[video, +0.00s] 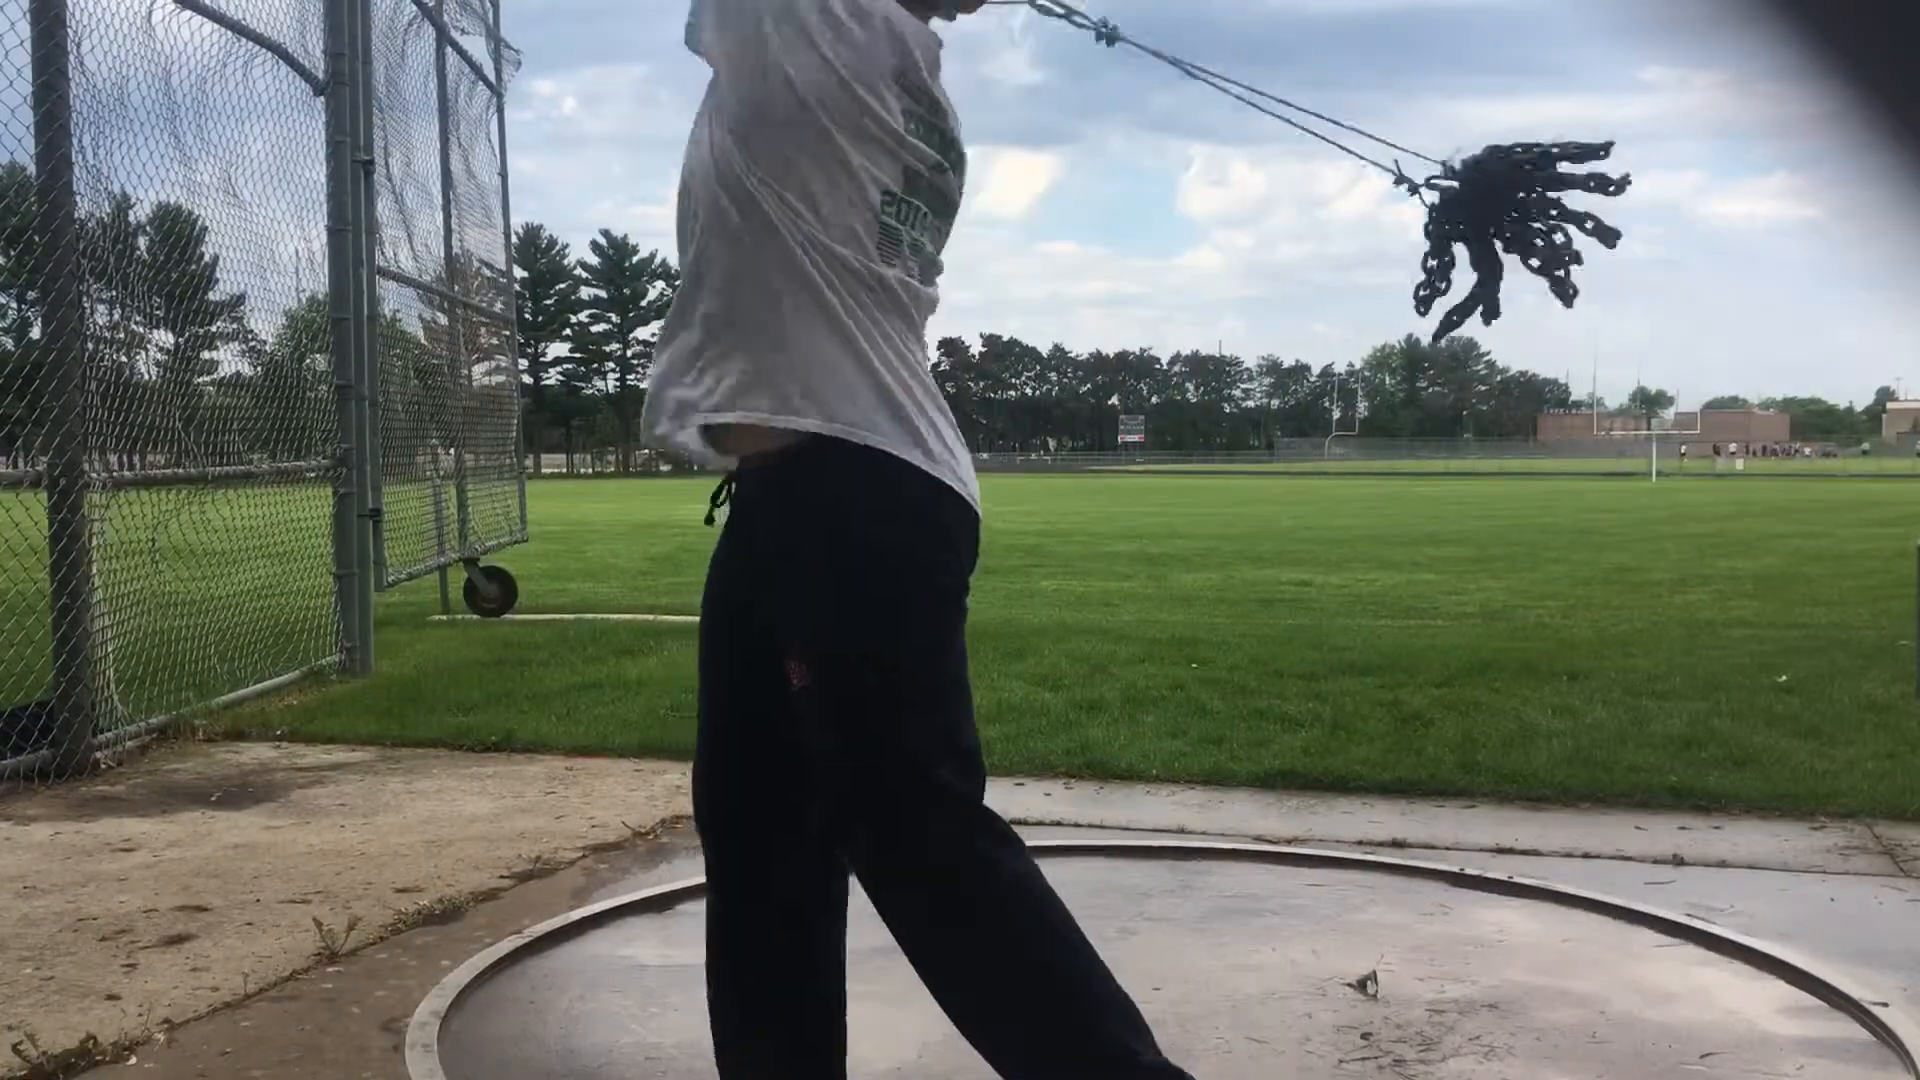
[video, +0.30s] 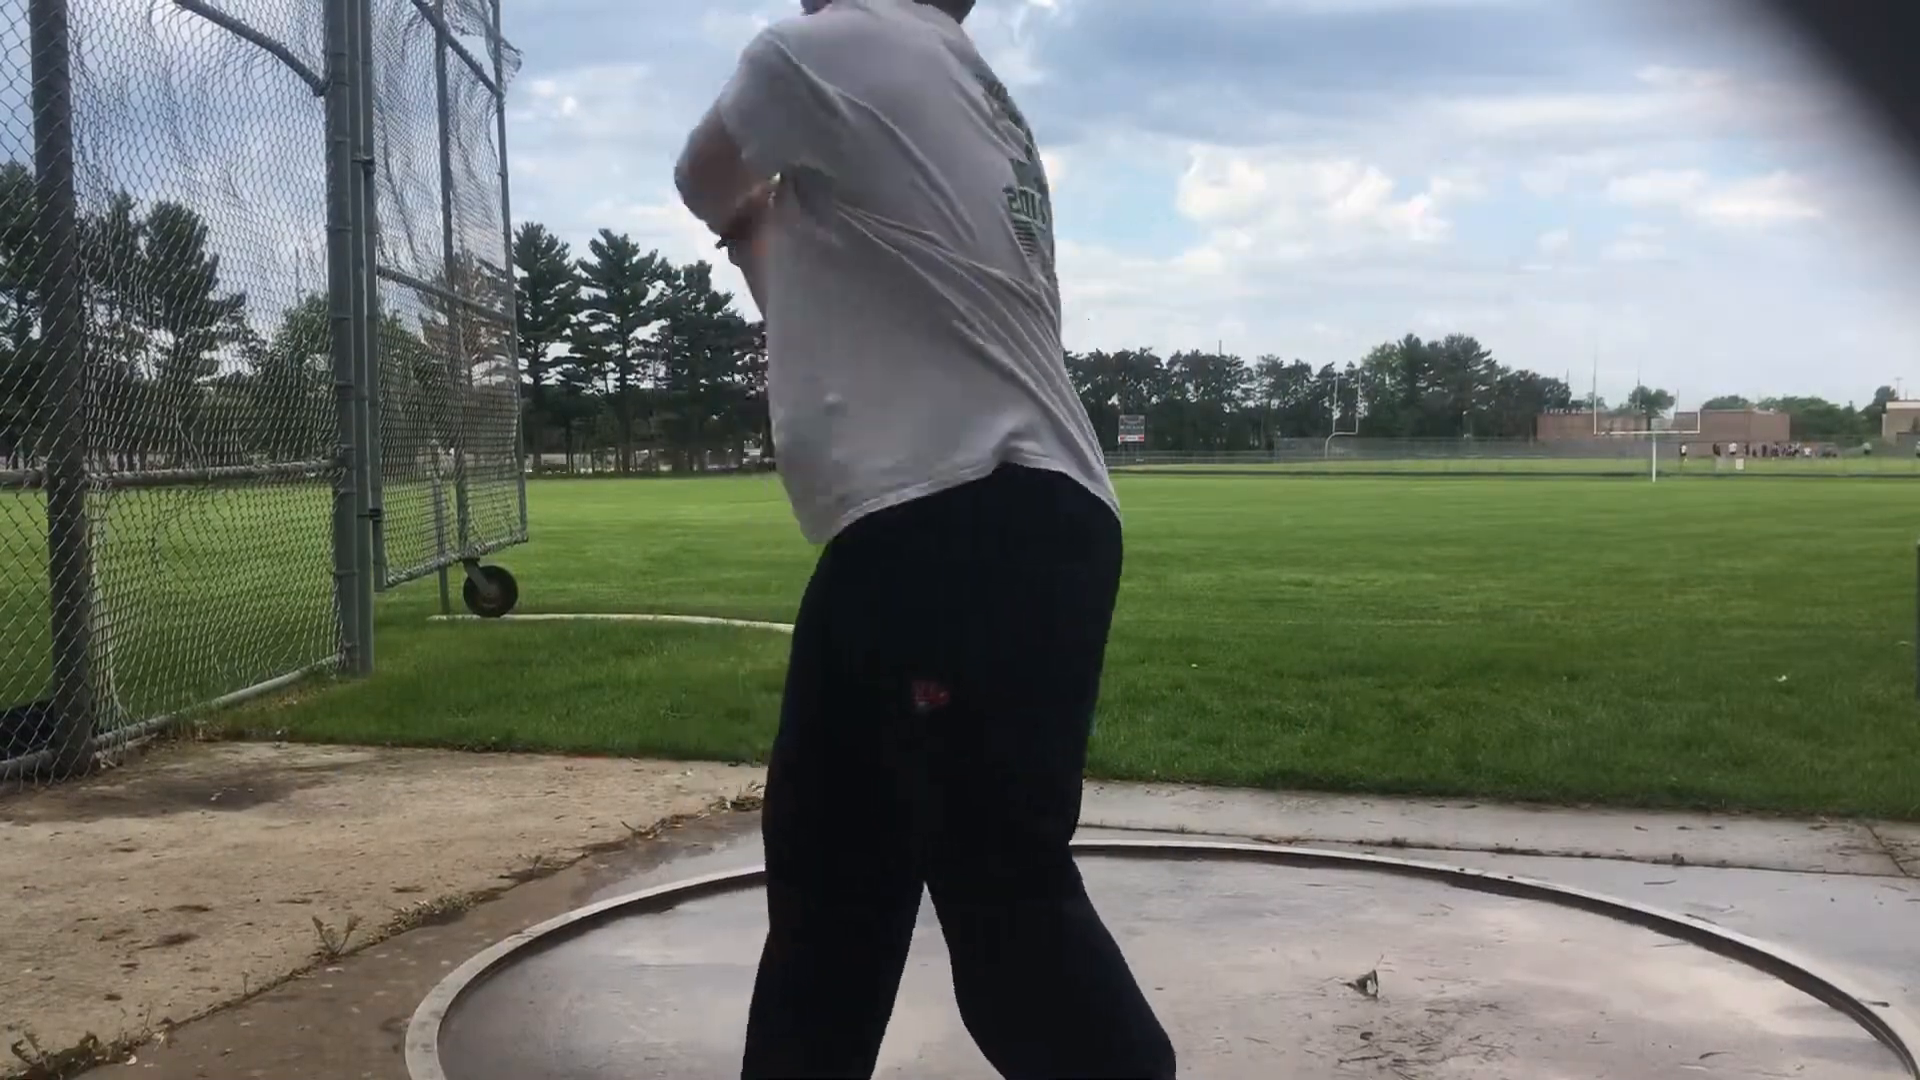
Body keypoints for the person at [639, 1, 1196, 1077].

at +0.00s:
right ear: (928, 6)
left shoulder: (813, 24)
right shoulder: (929, 112)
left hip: (849, 482)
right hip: (782, 492)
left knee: (923, 836)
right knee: (761, 850)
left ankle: (1124, 1067)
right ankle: (776, 1064)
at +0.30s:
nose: (795, 11)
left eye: (802, 4)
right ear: (941, 4)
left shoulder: (817, 44)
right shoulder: (982, 100)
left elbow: (704, 171)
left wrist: (762, 235)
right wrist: (759, 232)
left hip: (966, 513)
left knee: (1009, 893)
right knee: (830, 890)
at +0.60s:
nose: (964, 10)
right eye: (964, 0)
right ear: (1079, 5)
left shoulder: (1069, 83)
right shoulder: (979, 156)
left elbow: (832, 232)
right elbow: (876, 338)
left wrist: (659, 329)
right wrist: (680, 356)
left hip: (1138, 535)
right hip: (987, 538)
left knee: (1105, 875)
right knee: (884, 858)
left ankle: (1114, 1065)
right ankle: (828, 1066)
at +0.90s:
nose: (1053, 12)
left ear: (1082, 13)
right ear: (958, 19)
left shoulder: (1133, 123)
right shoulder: (902, 154)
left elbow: (1115, 228)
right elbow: (900, 262)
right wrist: (939, 325)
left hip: (1112, 556)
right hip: (934, 546)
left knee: (1143, 871)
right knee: (838, 829)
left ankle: (1146, 1069)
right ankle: (805, 1067)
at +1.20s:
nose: (1041, 14)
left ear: (942, 21)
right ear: (943, 11)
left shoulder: (994, 148)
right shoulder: (924, 110)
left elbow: (1188, 170)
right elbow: (1180, 152)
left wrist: (1407, 127)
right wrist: (1421, 133)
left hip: (994, 533)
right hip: (879, 518)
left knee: (1133, 811)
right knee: (1004, 835)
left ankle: (1140, 1068)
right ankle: (769, 1030)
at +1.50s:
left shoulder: (931, 81)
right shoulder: (1196, 73)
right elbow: (1301, 163)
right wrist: (1324, 140)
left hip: (969, 552)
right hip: (1172, 548)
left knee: (1046, 857)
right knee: (1181, 747)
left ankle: (1154, 1058)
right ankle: (1227, 1033)